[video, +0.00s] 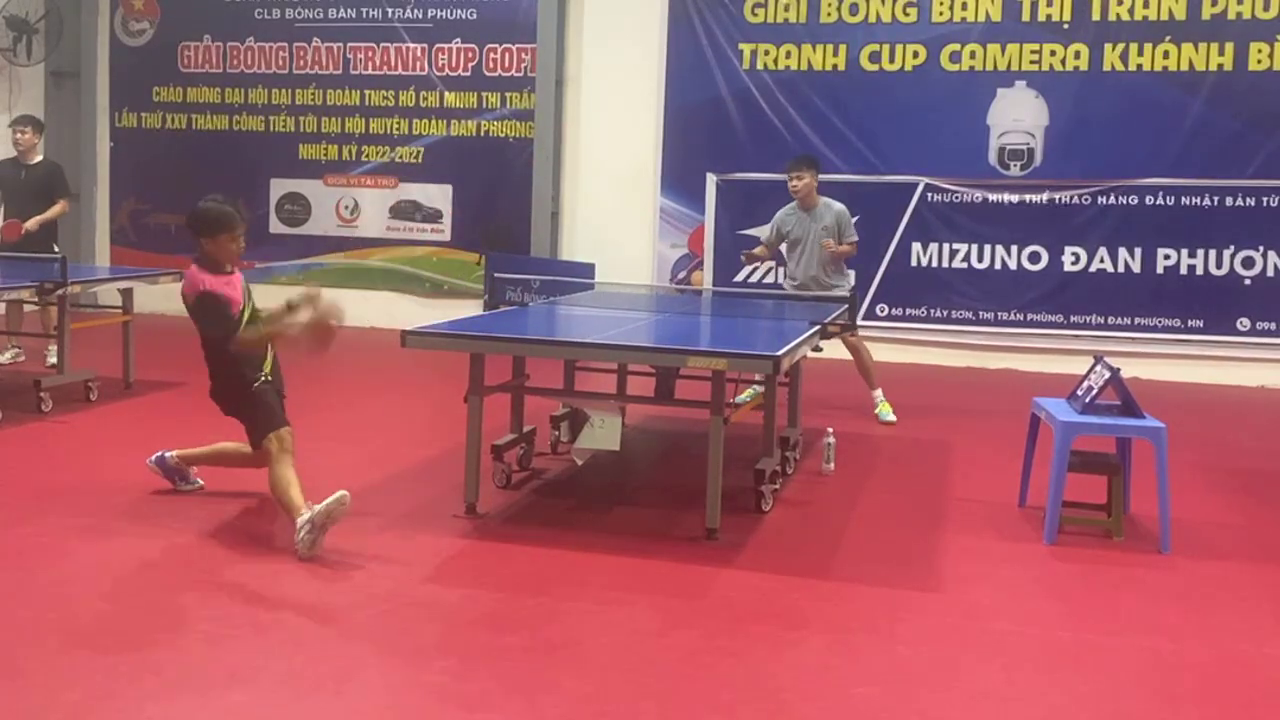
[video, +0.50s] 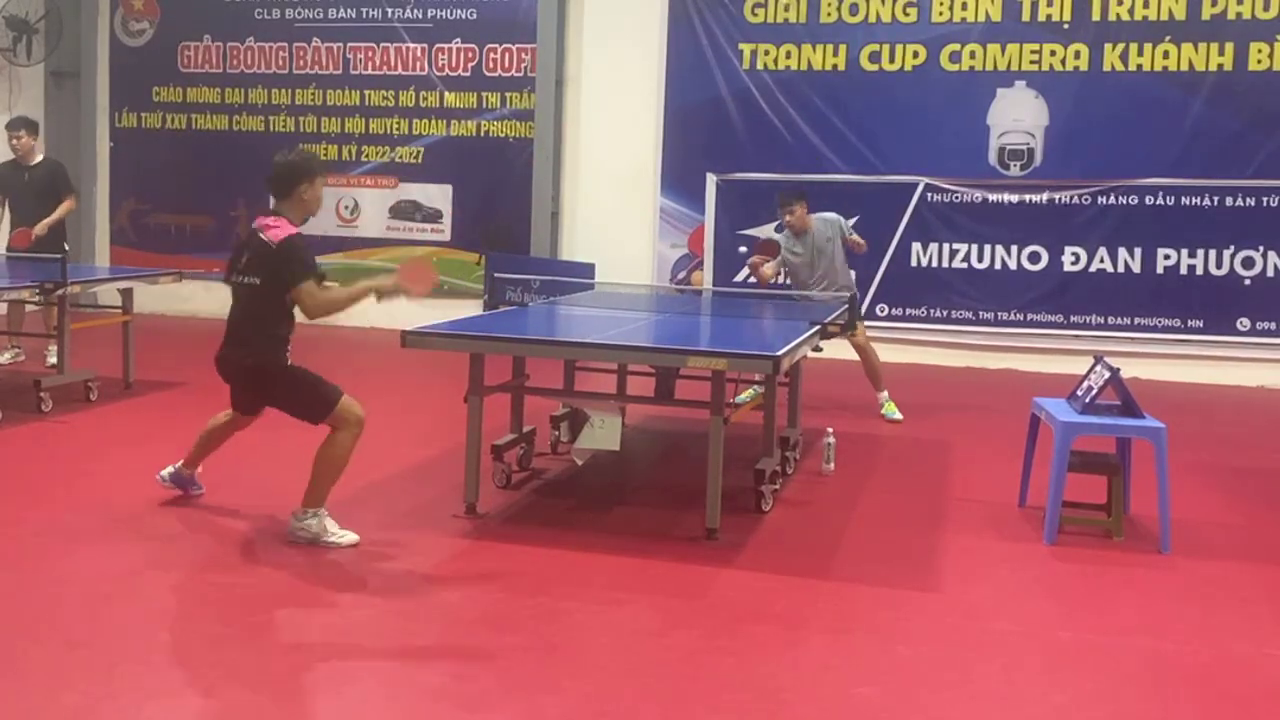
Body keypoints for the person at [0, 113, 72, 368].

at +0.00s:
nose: (17, 137)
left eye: (23, 132)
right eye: (15, 132)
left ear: (38, 137)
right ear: (12, 136)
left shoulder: (51, 169)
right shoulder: (5, 167)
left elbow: (63, 204)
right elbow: (3, 203)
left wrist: (38, 220)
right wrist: (2, 224)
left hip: (42, 248)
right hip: (10, 247)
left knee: (47, 298)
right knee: (12, 297)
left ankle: (53, 346)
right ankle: (13, 346)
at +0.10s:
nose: (19, 137)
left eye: (25, 133)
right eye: (17, 133)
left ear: (39, 138)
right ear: (14, 137)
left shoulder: (53, 169)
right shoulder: (7, 167)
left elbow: (66, 204)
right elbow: (2, 200)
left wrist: (40, 221)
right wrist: (3, 226)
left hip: (44, 248)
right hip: (13, 248)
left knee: (49, 298)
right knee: (13, 297)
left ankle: (52, 346)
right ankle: (13, 346)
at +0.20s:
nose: (20, 139)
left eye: (25, 135)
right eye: (17, 135)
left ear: (40, 138)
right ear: (14, 138)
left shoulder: (55, 169)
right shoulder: (8, 167)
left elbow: (67, 204)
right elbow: (3, 200)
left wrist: (41, 221)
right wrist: (3, 227)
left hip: (45, 248)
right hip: (14, 247)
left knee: (49, 297)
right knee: (13, 296)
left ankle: (53, 346)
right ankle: (14, 346)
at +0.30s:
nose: (19, 141)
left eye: (24, 136)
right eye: (16, 136)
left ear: (39, 137)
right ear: (14, 138)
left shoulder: (56, 169)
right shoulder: (8, 167)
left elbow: (69, 204)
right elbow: (3, 200)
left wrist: (42, 222)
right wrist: (4, 227)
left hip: (47, 247)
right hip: (15, 247)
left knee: (49, 298)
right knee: (14, 296)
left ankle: (52, 346)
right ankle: (14, 346)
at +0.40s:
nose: (17, 142)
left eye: (22, 137)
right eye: (14, 137)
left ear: (37, 137)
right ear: (12, 139)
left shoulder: (56, 168)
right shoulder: (7, 168)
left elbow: (69, 204)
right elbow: (3, 202)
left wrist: (44, 222)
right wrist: (4, 230)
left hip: (49, 247)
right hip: (16, 247)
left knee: (50, 297)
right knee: (14, 296)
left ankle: (53, 346)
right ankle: (14, 346)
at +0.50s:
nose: (13, 143)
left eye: (18, 138)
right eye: (10, 138)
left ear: (33, 139)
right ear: (8, 140)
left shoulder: (53, 167)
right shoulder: (7, 169)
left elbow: (70, 201)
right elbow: (3, 204)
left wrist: (47, 223)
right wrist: (6, 232)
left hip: (50, 247)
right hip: (17, 247)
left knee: (51, 298)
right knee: (14, 296)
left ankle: (53, 346)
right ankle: (14, 346)